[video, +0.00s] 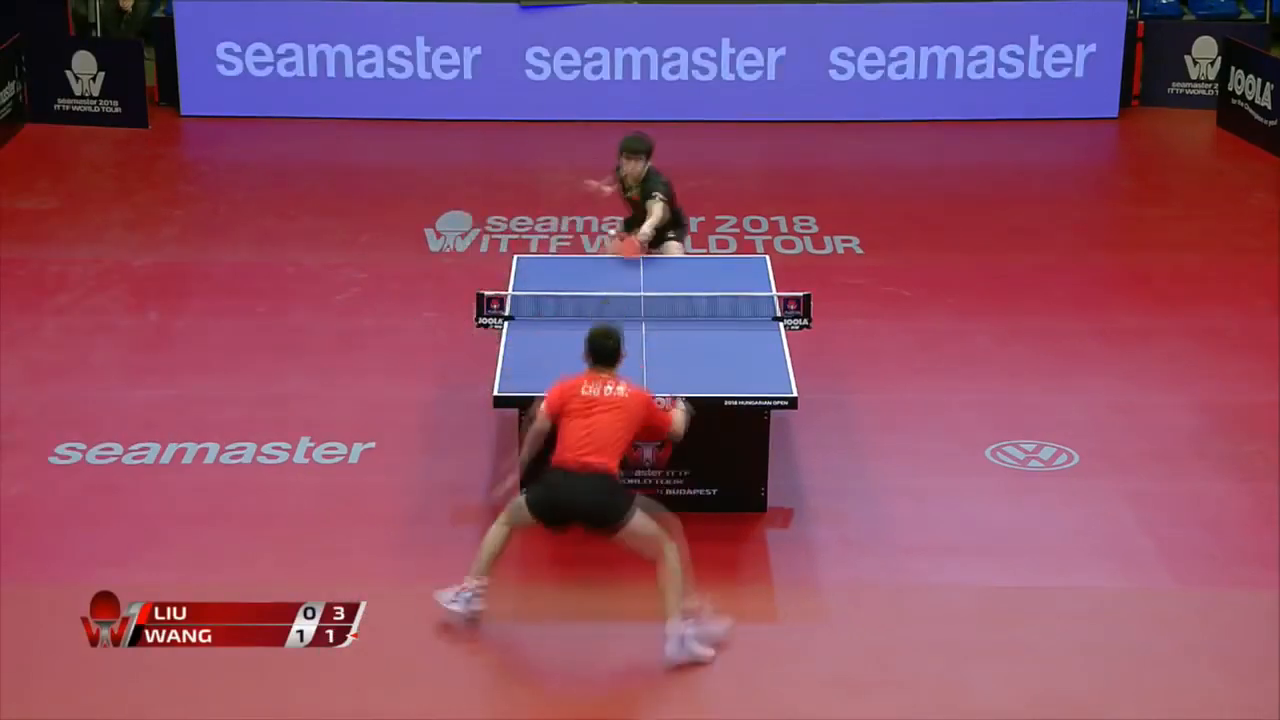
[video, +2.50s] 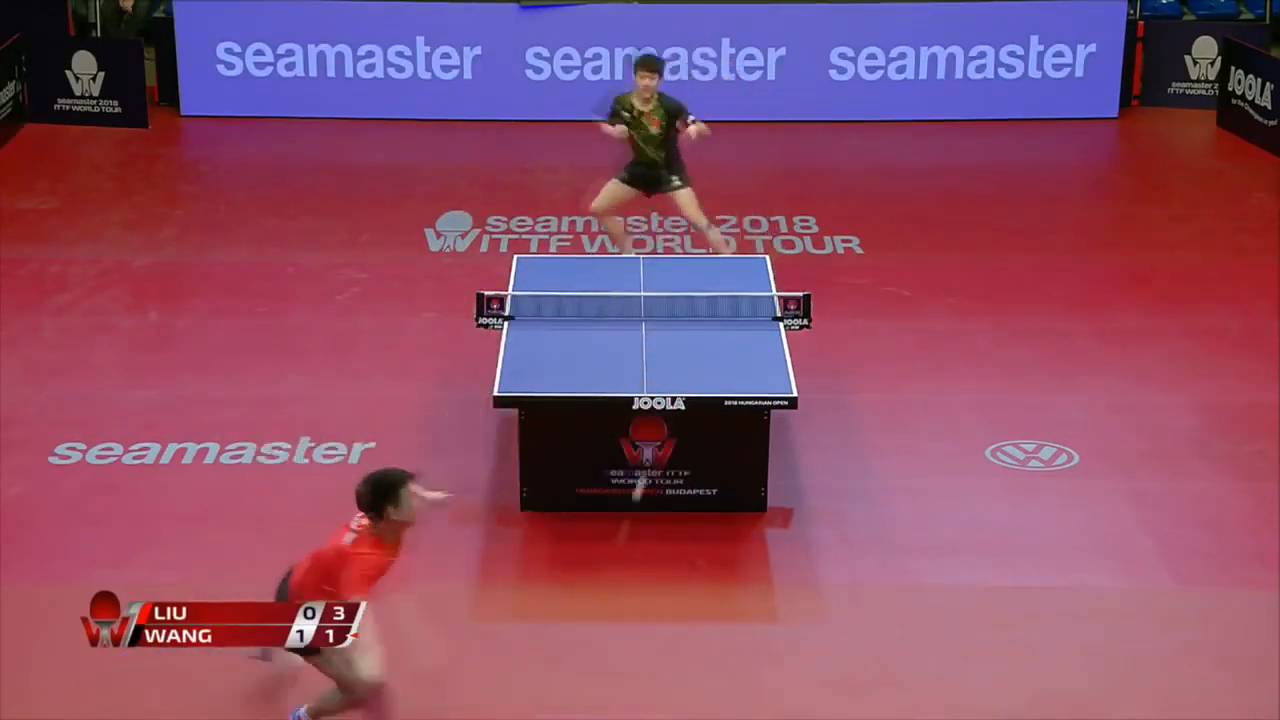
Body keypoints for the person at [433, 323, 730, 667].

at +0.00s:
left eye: (595, 350)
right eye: (614, 351)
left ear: (588, 356)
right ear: (620, 358)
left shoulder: (566, 387)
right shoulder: (636, 397)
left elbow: (540, 424)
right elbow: (675, 430)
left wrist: (517, 473)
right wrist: (681, 409)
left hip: (557, 486)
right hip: (603, 491)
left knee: (507, 522)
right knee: (665, 549)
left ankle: (469, 593)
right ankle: (677, 637)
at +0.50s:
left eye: (528, 361)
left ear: (526, 365)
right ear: (560, 365)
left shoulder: (514, 401)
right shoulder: (583, 397)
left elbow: (503, 421)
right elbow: (614, 431)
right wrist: (590, 447)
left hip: (555, 506)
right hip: (601, 502)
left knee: (484, 528)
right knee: (627, 497)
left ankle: (445, 609)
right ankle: (665, 560)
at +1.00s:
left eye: (538, 311)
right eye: (564, 310)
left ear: (536, 314)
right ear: (568, 314)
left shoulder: (533, 351)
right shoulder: (591, 351)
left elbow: (517, 394)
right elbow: (620, 398)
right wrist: (623, 387)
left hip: (554, 455)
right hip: (595, 451)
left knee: (487, 500)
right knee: (590, 479)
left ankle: (458, 586)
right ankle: (616, 543)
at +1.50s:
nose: (469, 335)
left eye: (459, 332)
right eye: (468, 332)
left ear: (433, 334)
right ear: (463, 335)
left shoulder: (413, 375)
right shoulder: (480, 369)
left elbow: (373, 418)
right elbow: (505, 372)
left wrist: (345, 424)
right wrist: (497, 360)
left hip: (425, 484)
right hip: (471, 485)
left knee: (378, 499)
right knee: (534, 538)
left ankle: (366, 583)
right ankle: (597, 594)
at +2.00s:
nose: (363, 374)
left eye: (361, 369)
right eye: (362, 370)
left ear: (323, 371)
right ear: (358, 375)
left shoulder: (291, 403)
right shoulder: (355, 423)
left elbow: (259, 433)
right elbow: (408, 460)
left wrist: (299, 438)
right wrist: (451, 456)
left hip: (265, 519)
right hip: (308, 526)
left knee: (254, 545)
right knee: (388, 582)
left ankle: (242, 623)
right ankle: (412, 672)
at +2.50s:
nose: (417, 500)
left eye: (413, 492)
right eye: (409, 497)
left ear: (391, 511)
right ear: (390, 512)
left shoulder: (381, 516)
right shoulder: (367, 557)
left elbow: (401, 486)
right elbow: (358, 611)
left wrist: (427, 496)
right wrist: (370, 654)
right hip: (299, 609)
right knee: (364, 685)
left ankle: (270, 642)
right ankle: (305, 714)